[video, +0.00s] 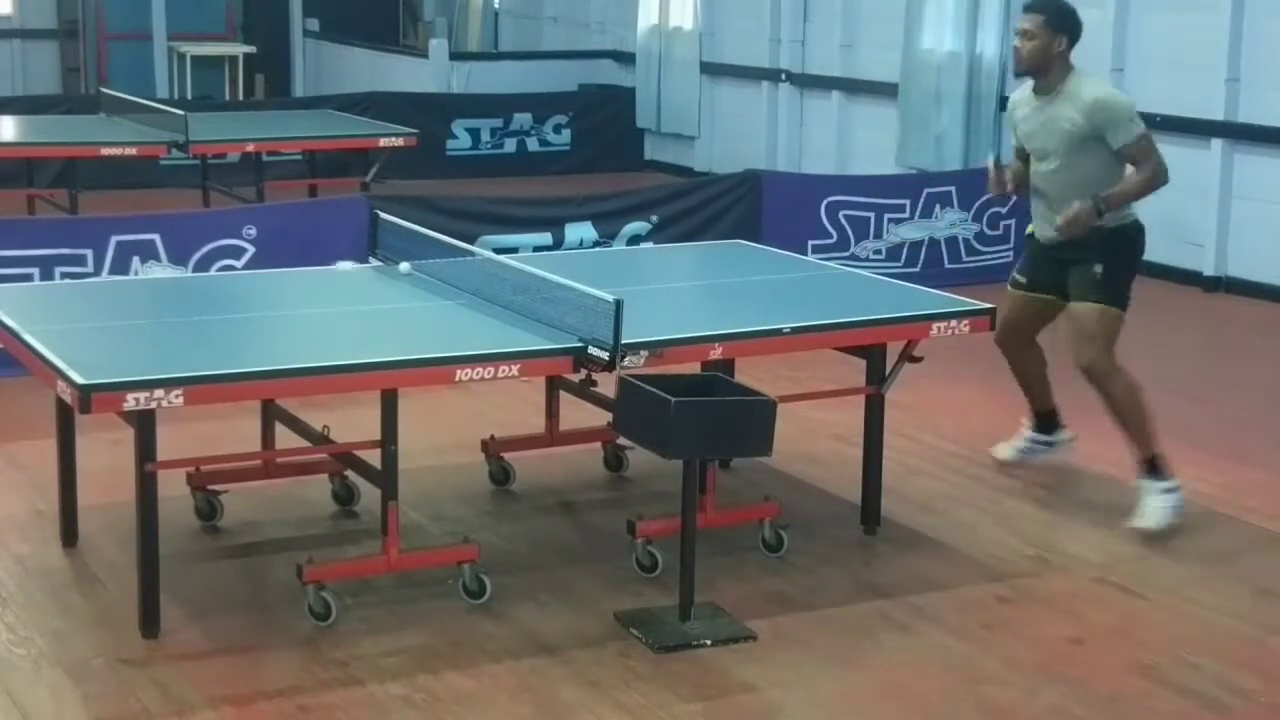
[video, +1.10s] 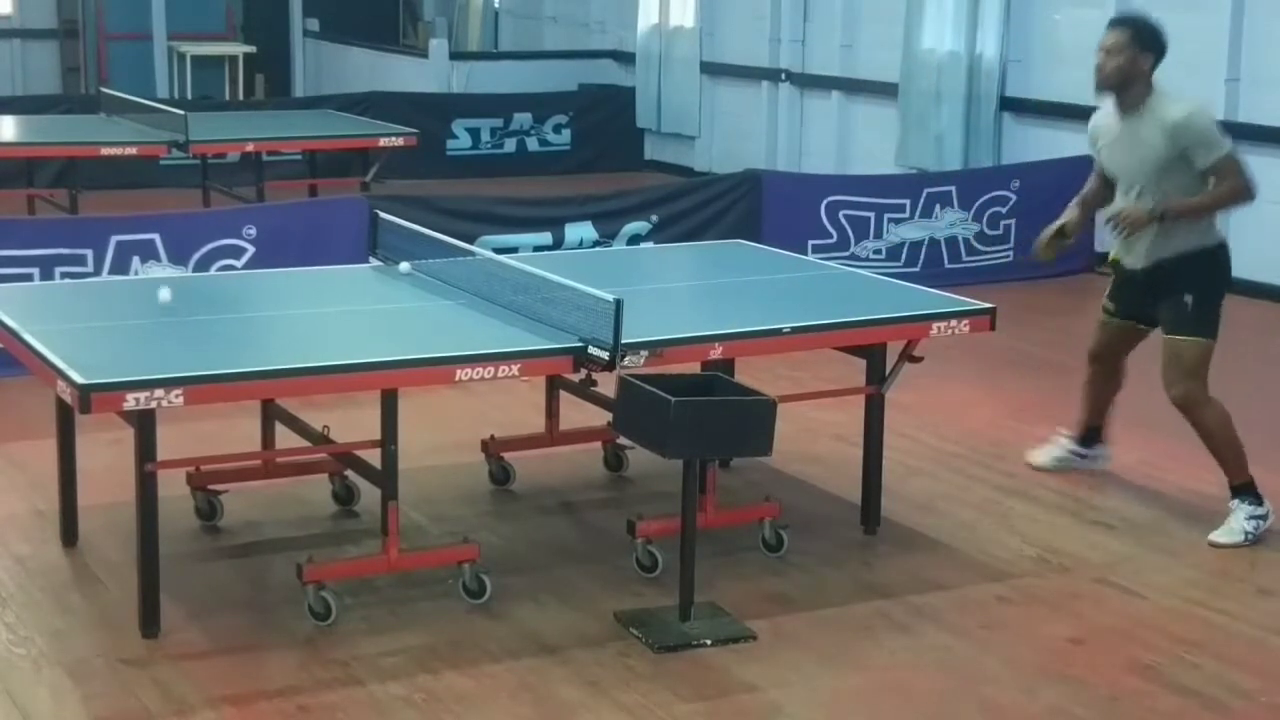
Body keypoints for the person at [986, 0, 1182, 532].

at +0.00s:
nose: (1017, 45)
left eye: (1027, 37)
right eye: (1017, 36)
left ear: (1060, 43)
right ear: (1030, 44)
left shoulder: (1101, 103)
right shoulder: (1020, 106)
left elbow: (1155, 171)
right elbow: (1026, 172)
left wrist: (1098, 206)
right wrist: (1008, 180)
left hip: (1106, 242)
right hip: (1048, 241)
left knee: (1093, 358)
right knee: (1012, 333)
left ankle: (1159, 481)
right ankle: (1047, 430)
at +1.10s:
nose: (1100, 61)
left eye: (1112, 52)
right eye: (1101, 51)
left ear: (1144, 62)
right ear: (1106, 59)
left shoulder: (1183, 119)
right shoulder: (1102, 122)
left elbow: (1239, 186)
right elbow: (1103, 181)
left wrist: (1159, 211)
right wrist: (1072, 216)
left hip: (1193, 264)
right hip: (1134, 264)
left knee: (1185, 389)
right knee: (1102, 356)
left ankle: (1250, 503)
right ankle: (1087, 444)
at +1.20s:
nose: (1110, 22)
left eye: (1124, 15)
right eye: (1111, 13)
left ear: (1156, 28)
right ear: (1119, 26)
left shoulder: (1189, 84)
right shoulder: (1113, 85)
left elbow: (1253, 148)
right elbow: (1121, 155)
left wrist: (1173, 183)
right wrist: (1098, 197)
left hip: (1195, 237)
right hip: (1136, 238)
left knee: (1191, 369)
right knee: (1121, 346)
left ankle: (1247, 494)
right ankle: (1149, 460)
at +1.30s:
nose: (1116, 11)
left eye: (1131, 4)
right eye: (1118, 2)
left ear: (1164, 15)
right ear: (1123, 12)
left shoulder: (1193, 70)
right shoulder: (1113, 74)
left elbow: (1258, 135)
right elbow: (1130, 142)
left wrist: (1176, 171)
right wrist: (1110, 195)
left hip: (1195, 232)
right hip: (1137, 234)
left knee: (1187, 364)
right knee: (1142, 360)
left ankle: (1248, 485)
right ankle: (1197, 476)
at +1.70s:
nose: (1099, 27)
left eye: (1113, 17)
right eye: (1096, 17)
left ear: (1146, 22)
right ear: (1094, 23)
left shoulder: (1186, 81)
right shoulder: (1088, 89)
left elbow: (1243, 154)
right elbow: (1085, 160)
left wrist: (1168, 183)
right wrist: (1072, 195)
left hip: (1170, 253)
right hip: (1109, 258)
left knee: (1139, 383)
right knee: (1130, 383)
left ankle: (1141, 537)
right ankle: (1205, 479)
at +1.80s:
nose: (1086, 39)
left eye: (1097, 26)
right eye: (1080, 29)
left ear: (1133, 26)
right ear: (1077, 33)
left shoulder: (1173, 98)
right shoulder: (1078, 99)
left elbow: (1233, 174)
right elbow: (1073, 171)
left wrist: (1155, 203)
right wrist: (1055, 199)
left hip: (1150, 266)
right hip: (1090, 266)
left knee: (1120, 401)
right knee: (1081, 396)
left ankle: (1138, 540)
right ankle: (1178, 467)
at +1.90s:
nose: (1065, 42)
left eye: (1074, 28)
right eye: (1060, 31)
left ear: (1113, 22)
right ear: (1061, 31)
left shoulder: (1155, 93)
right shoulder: (1069, 94)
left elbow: (1202, 184)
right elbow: (1078, 167)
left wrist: (1117, 206)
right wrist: (1044, 198)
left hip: (1131, 266)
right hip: (1071, 265)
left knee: (1120, 403)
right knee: (1039, 392)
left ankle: (1139, 537)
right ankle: (1123, 476)